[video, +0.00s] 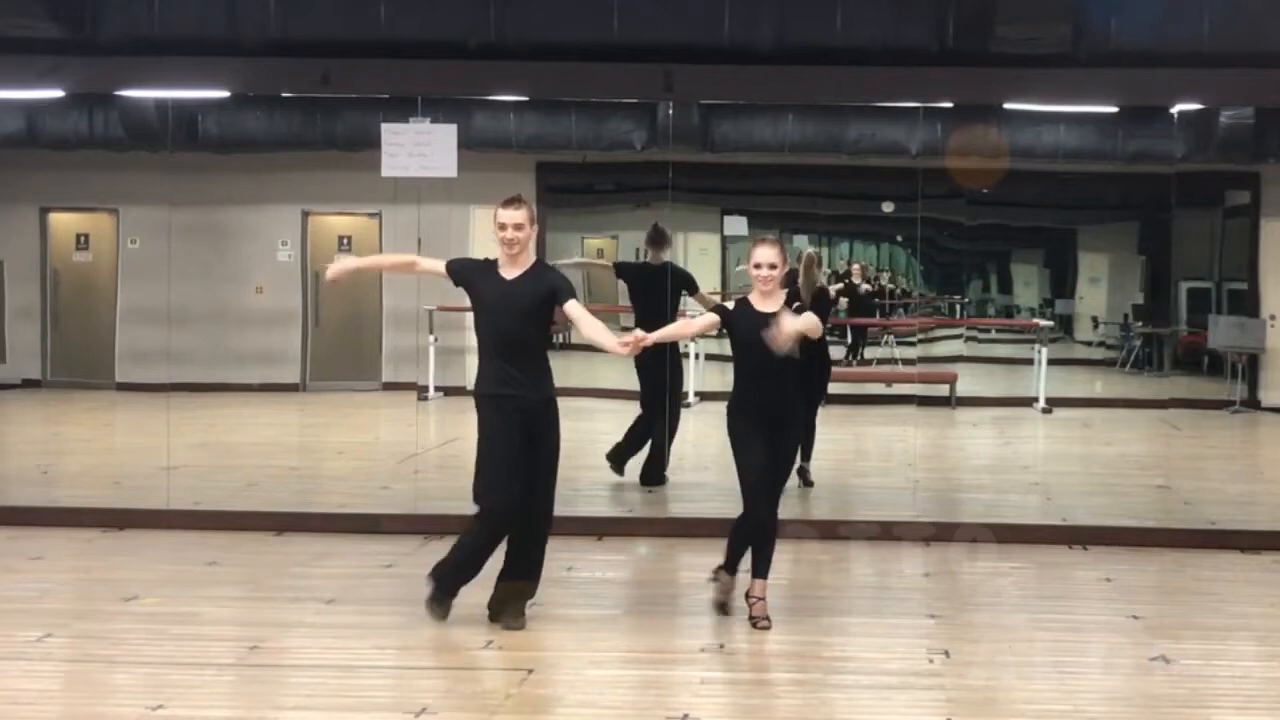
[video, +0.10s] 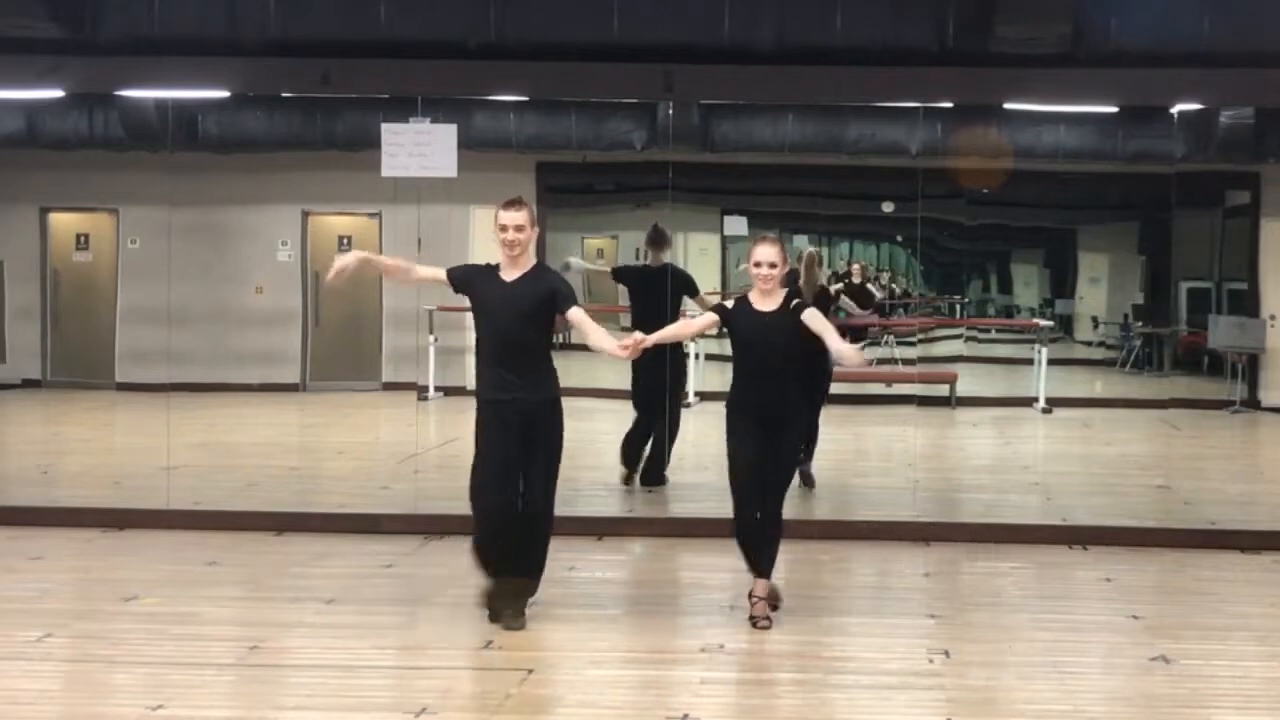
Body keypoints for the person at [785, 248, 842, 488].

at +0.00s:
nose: (810, 268)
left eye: (806, 262)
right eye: (815, 264)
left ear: (799, 266)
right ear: (819, 267)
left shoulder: (787, 293)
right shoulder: (824, 294)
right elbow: (822, 322)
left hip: (790, 358)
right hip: (816, 359)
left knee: (793, 411)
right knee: (810, 412)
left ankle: (791, 461)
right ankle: (804, 463)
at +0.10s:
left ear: (799, 266)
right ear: (820, 268)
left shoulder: (789, 292)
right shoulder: (827, 294)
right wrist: (858, 281)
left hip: (792, 361)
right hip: (818, 362)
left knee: (797, 412)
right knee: (813, 414)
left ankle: (800, 458)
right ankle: (806, 461)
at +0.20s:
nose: (765, 269)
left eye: (773, 263)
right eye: (757, 262)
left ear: (797, 267)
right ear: (820, 268)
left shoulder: (793, 296)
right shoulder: (828, 293)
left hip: (795, 360)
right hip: (821, 357)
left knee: (806, 410)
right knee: (812, 409)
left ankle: (813, 460)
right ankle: (810, 460)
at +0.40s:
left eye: (807, 264)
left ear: (801, 268)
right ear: (821, 270)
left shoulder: (792, 293)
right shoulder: (830, 296)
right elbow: (841, 328)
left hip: (799, 355)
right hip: (823, 354)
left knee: (806, 410)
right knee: (805, 408)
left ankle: (822, 462)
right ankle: (806, 459)